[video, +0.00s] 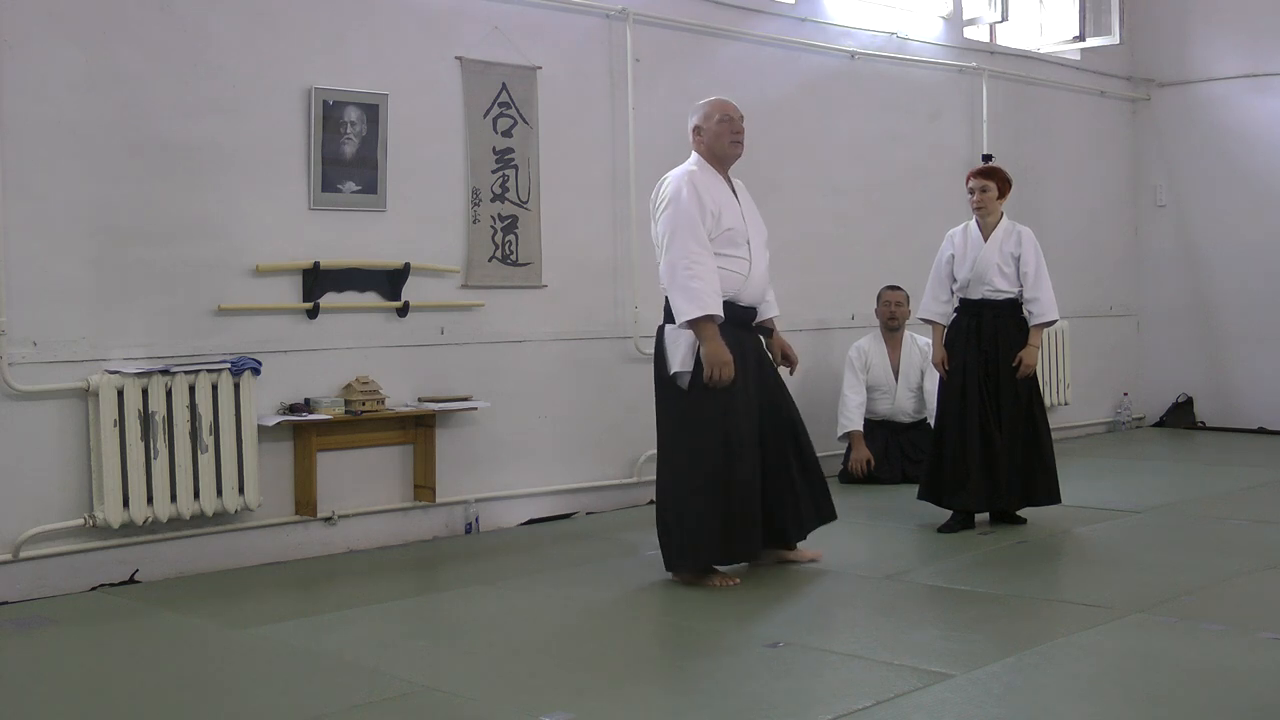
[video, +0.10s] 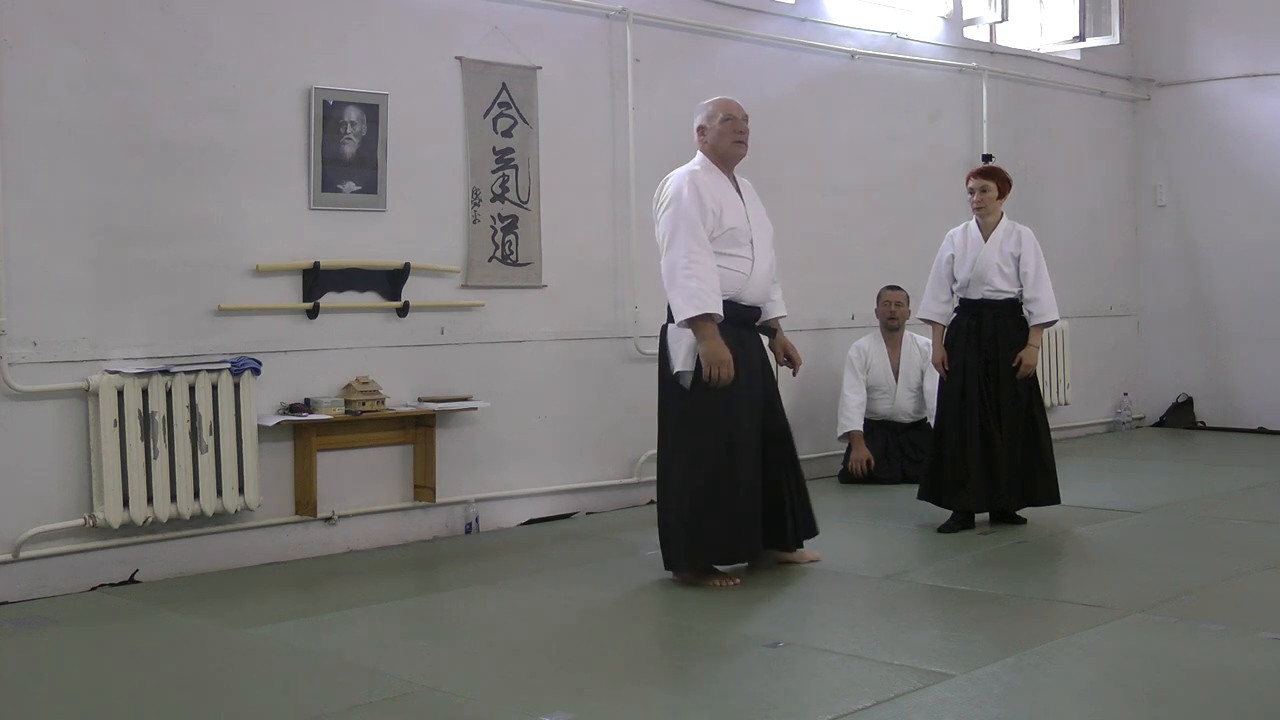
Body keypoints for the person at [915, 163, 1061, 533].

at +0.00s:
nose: (977, 197)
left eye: (985, 191)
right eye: (972, 192)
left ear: (1001, 194)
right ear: (968, 197)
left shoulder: (1020, 236)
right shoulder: (956, 237)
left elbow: (1038, 293)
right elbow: (940, 291)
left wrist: (1033, 344)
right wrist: (937, 342)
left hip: (1008, 330)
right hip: (965, 330)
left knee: (1008, 414)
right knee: (962, 415)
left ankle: (1003, 506)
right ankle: (963, 509)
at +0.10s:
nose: (977, 197)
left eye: (985, 191)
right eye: (972, 192)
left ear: (1001, 194)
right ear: (968, 197)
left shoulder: (1020, 236)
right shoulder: (956, 237)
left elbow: (1038, 293)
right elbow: (940, 291)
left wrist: (1033, 344)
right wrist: (937, 342)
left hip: (1008, 330)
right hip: (965, 330)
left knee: (1008, 415)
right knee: (962, 415)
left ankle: (1003, 506)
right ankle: (963, 509)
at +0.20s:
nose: (977, 197)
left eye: (984, 191)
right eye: (972, 192)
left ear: (1001, 194)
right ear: (967, 197)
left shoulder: (1020, 236)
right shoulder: (956, 237)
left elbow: (1038, 293)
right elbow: (940, 291)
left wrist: (1033, 344)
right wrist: (937, 342)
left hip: (1008, 329)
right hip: (965, 330)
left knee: (1008, 414)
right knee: (962, 415)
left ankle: (1003, 506)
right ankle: (963, 509)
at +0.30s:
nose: (976, 197)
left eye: (984, 191)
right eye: (972, 192)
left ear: (1001, 194)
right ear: (967, 197)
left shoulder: (1020, 236)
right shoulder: (956, 237)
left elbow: (1038, 293)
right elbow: (940, 291)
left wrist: (1033, 344)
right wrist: (937, 342)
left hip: (1008, 330)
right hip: (965, 330)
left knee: (1008, 414)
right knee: (962, 415)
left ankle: (1003, 506)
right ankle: (963, 509)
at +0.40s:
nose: (976, 197)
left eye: (984, 191)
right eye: (971, 192)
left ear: (1001, 194)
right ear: (967, 197)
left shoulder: (1020, 236)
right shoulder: (955, 237)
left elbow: (1038, 293)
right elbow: (940, 291)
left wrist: (1033, 344)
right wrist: (937, 342)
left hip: (1008, 330)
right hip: (965, 330)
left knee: (1008, 414)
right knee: (962, 415)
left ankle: (1003, 506)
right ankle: (963, 509)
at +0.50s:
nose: (976, 197)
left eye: (984, 191)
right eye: (971, 192)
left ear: (1000, 194)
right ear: (967, 197)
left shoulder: (1020, 236)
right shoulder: (955, 237)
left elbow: (1037, 293)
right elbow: (939, 292)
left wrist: (1033, 344)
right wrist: (937, 343)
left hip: (1008, 330)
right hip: (965, 331)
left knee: (1008, 415)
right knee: (962, 415)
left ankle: (1003, 506)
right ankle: (963, 509)